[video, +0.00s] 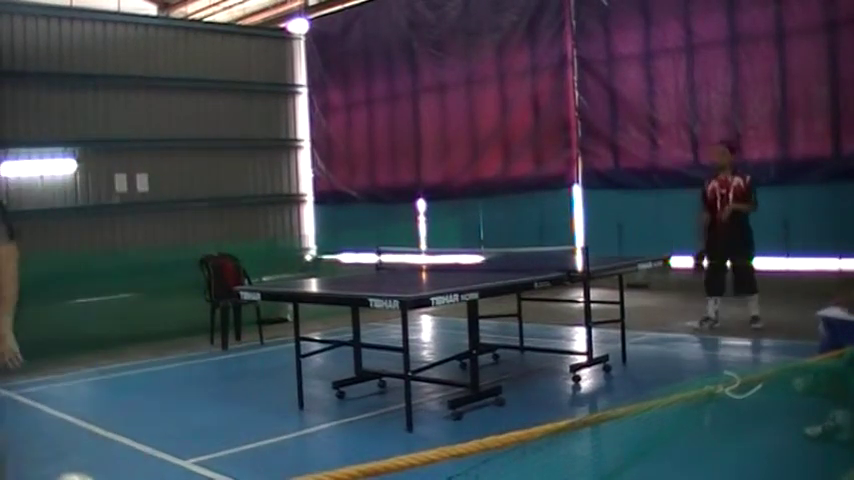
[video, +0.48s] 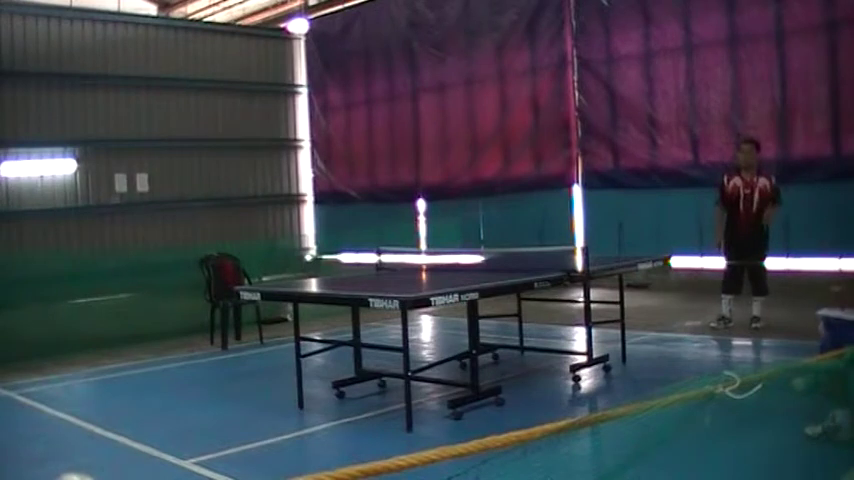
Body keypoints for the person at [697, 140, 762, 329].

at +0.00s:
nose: (718, 159)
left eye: (723, 155)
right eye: (717, 155)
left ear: (731, 157)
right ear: (714, 159)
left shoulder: (743, 181)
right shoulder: (710, 184)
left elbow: (751, 206)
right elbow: (707, 215)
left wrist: (733, 205)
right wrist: (703, 244)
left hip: (739, 235)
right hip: (716, 237)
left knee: (745, 272)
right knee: (713, 273)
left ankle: (754, 313)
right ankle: (712, 314)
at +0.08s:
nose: (728, 159)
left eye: (732, 155)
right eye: (725, 155)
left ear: (738, 158)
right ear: (721, 159)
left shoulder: (750, 183)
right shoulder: (714, 185)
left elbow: (758, 206)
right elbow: (709, 214)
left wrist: (741, 207)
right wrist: (703, 245)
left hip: (745, 236)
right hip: (722, 236)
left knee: (749, 271)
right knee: (719, 272)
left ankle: (755, 313)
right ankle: (712, 314)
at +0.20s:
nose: (737, 158)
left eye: (741, 153)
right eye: (735, 153)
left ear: (748, 156)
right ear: (730, 156)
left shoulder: (758, 181)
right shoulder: (721, 183)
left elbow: (766, 206)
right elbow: (714, 215)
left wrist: (754, 214)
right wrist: (708, 246)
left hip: (752, 237)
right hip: (728, 237)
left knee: (754, 274)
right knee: (723, 273)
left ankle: (756, 314)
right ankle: (713, 314)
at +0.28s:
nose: (740, 158)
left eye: (744, 154)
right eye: (737, 154)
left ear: (751, 156)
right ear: (733, 156)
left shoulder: (762, 182)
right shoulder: (724, 183)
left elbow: (765, 211)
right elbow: (717, 214)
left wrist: (760, 236)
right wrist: (712, 243)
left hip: (754, 236)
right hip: (731, 235)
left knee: (755, 274)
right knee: (725, 272)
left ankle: (757, 314)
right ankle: (717, 313)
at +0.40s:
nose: (744, 157)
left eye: (748, 153)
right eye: (741, 152)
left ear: (755, 156)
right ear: (736, 156)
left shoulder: (765, 181)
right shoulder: (727, 181)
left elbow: (773, 206)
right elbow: (720, 209)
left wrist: (767, 217)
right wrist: (717, 234)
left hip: (756, 235)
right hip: (732, 234)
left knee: (756, 272)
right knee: (729, 272)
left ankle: (757, 314)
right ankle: (725, 314)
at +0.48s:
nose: (745, 157)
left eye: (749, 152)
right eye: (742, 152)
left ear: (756, 156)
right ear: (737, 156)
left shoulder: (766, 182)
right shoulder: (728, 181)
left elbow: (774, 205)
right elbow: (721, 210)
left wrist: (766, 217)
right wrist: (719, 236)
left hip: (757, 233)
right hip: (734, 233)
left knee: (756, 272)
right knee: (731, 271)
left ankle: (756, 314)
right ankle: (725, 313)